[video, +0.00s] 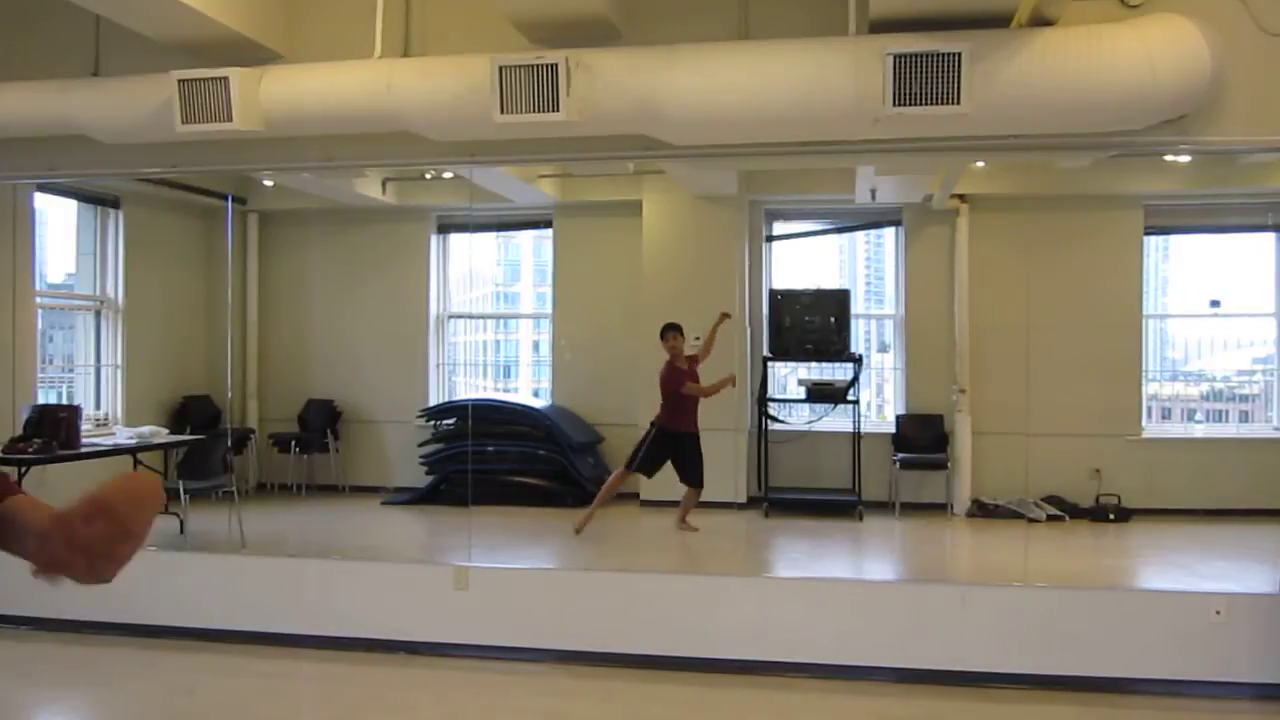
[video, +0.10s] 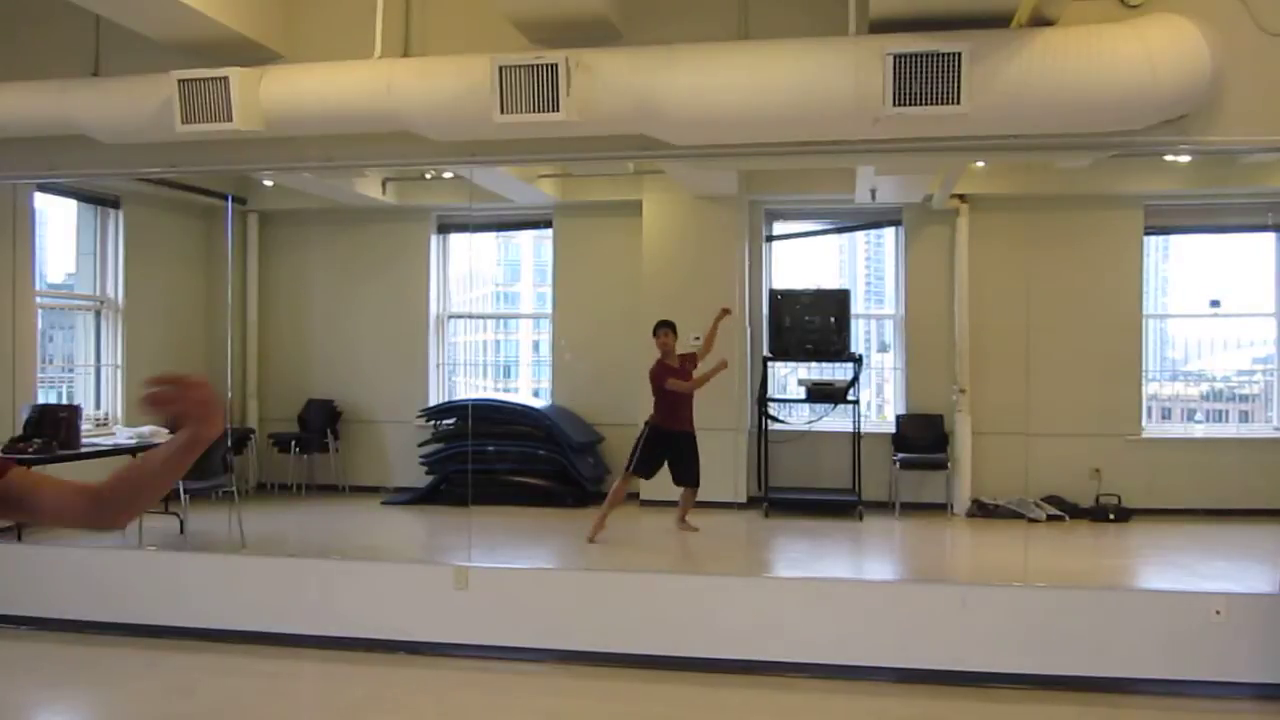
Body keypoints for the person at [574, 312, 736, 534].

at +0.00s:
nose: (672, 343)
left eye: (676, 338)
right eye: (667, 339)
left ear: (684, 340)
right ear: (663, 344)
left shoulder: (691, 362)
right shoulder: (670, 374)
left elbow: (706, 349)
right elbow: (704, 392)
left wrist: (717, 324)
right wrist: (727, 381)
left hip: (687, 433)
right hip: (663, 431)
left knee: (696, 484)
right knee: (627, 470)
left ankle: (681, 520)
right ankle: (590, 513)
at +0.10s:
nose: (663, 339)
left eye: (667, 335)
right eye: (659, 336)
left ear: (675, 338)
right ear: (655, 341)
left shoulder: (686, 361)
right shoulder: (657, 371)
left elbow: (706, 349)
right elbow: (689, 387)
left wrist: (716, 321)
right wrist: (715, 370)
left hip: (683, 431)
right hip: (658, 429)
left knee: (692, 482)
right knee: (629, 474)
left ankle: (681, 519)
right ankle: (601, 520)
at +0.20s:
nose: (653, 333)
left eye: (657, 328)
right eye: (649, 329)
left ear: (665, 331)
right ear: (645, 333)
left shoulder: (678, 355)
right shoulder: (640, 363)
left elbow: (706, 345)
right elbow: (649, 380)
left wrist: (720, 316)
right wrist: (673, 371)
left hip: (677, 425)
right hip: (650, 424)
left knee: (684, 475)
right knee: (633, 474)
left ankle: (684, 514)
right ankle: (620, 528)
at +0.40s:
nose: (641, 327)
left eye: (646, 323)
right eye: (637, 323)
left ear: (655, 327)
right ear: (633, 327)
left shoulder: (665, 353)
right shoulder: (625, 360)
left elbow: (702, 339)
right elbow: (594, 373)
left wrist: (721, 313)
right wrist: (560, 374)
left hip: (656, 424)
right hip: (628, 424)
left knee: (669, 478)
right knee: (627, 479)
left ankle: (679, 518)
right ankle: (621, 533)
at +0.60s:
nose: (633, 319)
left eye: (639, 315)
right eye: (631, 315)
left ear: (649, 318)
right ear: (627, 317)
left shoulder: (653, 342)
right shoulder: (628, 343)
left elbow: (666, 345)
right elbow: (614, 336)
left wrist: (675, 341)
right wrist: (615, 307)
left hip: (646, 416)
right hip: (626, 416)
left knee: (647, 474)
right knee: (616, 469)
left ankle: (669, 524)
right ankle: (617, 527)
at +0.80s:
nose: (628, 324)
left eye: (631, 319)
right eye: (629, 319)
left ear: (644, 321)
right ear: (651, 321)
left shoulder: (638, 349)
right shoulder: (669, 339)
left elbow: (603, 376)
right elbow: (674, 316)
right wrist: (653, 315)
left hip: (640, 418)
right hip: (665, 416)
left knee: (643, 475)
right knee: (639, 468)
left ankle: (653, 536)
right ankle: (615, 508)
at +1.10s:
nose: (674, 322)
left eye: (674, 318)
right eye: (672, 318)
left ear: (650, 319)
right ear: (660, 320)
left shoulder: (629, 343)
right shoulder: (670, 348)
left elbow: (601, 339)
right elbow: (709, 348)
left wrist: (578, 335)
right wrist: (738, 324)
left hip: (637, 422)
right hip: (663, 421)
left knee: (650, 486)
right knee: (687, 478)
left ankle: (657, 541)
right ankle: (719, 527)